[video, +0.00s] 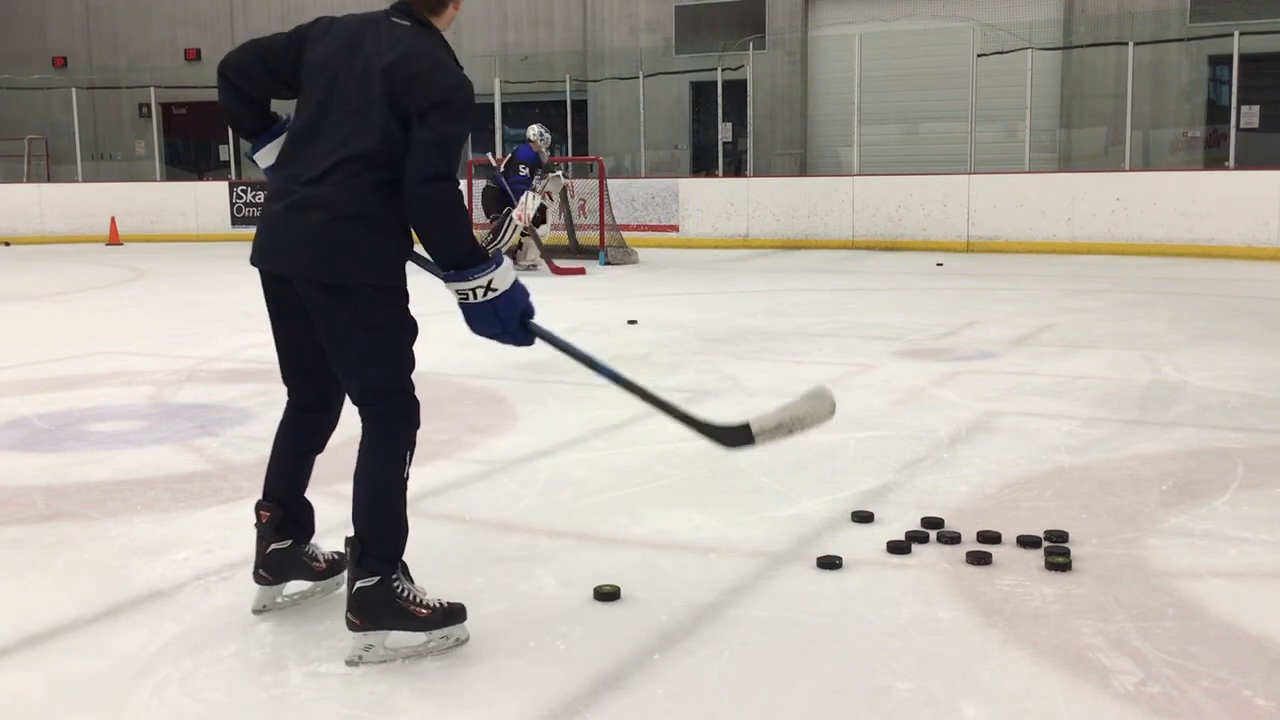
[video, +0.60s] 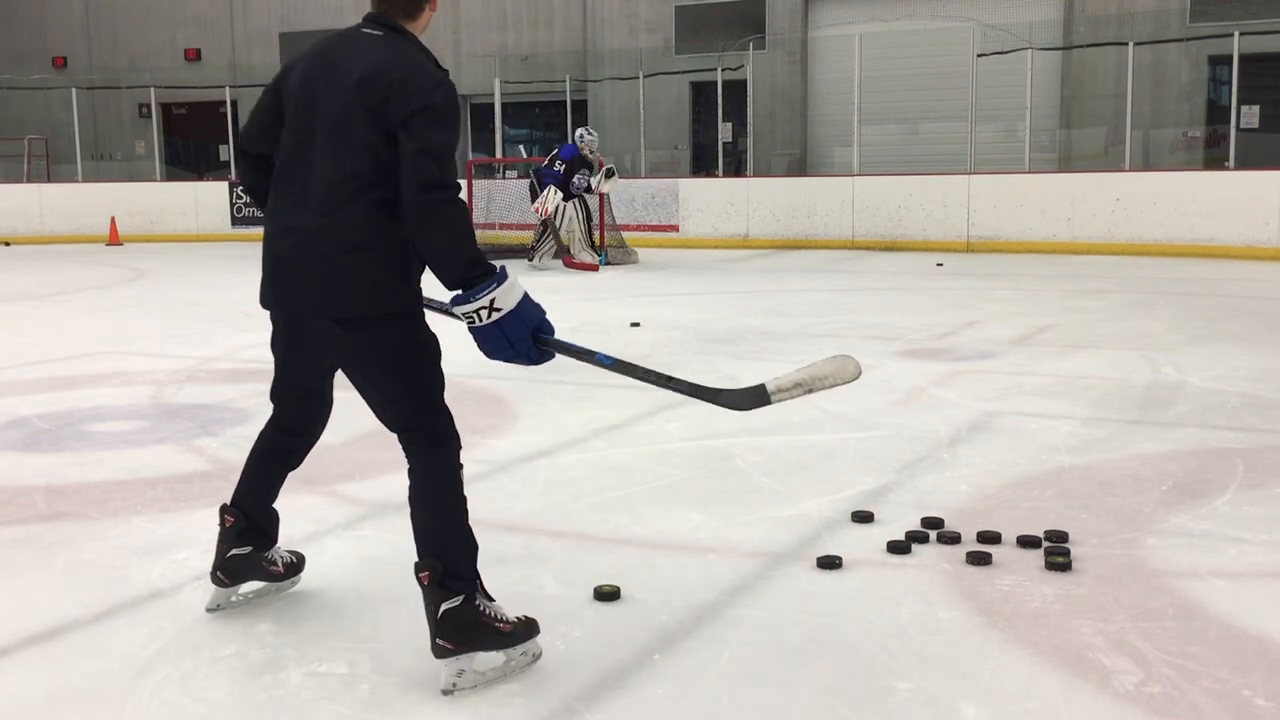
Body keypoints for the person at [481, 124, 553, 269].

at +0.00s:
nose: (545, 144)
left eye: (546, 141)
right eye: (543, 140)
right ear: (536, 139)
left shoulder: (534, 155)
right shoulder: (525, 154)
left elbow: (533, 179)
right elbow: (518, 183)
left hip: (511, 193)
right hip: (496, 192)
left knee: (539, 217)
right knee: (504, 227)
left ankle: (526, 259)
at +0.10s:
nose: (554, 147)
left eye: (555, 143)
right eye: (553, 143)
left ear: (542, 140)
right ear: (547, 141)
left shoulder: (533, 152)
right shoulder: (537, 155)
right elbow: (532, 184)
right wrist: (537, 207)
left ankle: (533, 257)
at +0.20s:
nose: (565, 143)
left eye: (565, 139)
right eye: (563, 139)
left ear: (552, 136)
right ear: (557, 138)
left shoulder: (546, 148)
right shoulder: (548, 151)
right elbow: (541, 181)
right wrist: (547, 204)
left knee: (553, 217)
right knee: (501, 236)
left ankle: (544, 257)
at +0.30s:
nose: (576, 141)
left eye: (577, 138)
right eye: (574, 137)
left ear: (565, 135)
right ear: (566, 135)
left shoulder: (562, 149)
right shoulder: (555, 147)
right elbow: (547, 174)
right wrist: (550, 198)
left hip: (546, 190)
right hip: (529, 188)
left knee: (564, 222)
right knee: (514, 231)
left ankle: (557, 258)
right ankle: (489, 259)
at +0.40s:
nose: (583, 142)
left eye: (584, 138)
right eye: (581, 138)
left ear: (572, 137)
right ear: (572, 137)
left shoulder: (570, 150)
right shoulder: (562, 149)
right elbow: (550, 175)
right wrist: (554, 197)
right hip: (535, 186)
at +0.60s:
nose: (592, 150)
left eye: (594, 146)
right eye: (590, 146)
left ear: (595, 144)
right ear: (581, 144)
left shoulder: (588, 160)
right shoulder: (568, 153)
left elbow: (582, 184)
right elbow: (552, 175)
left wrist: (599, 183)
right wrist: (550, 195)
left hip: (574, 196)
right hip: (557, 195)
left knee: (581, 223)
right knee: (554, 226)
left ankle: (586, 255)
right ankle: (539, 258)